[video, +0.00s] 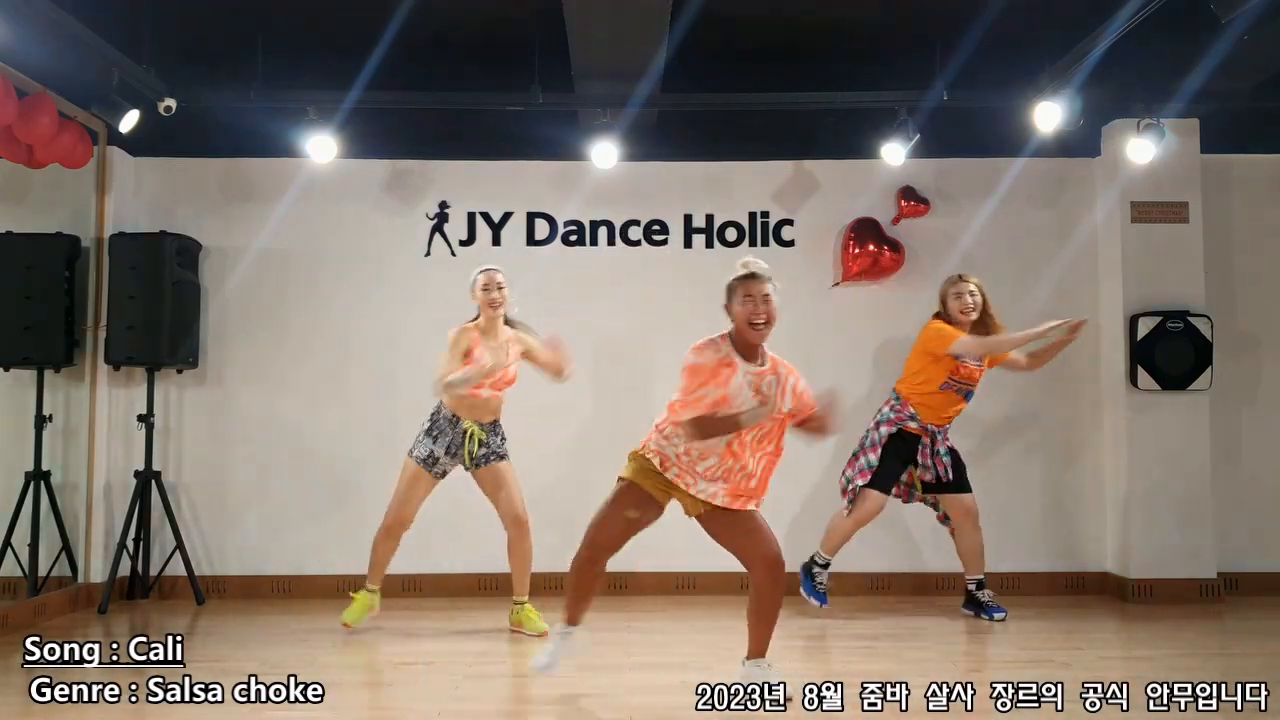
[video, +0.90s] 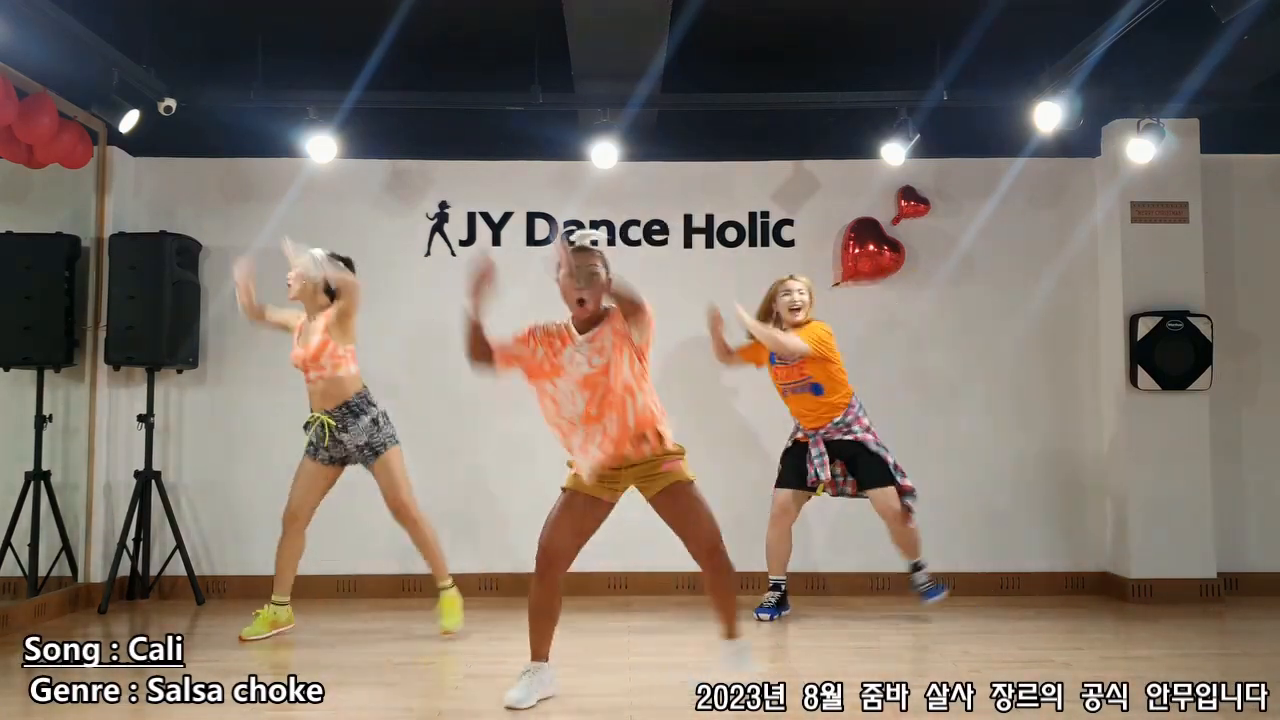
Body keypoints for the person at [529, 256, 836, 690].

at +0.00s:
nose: (759, 309)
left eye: (766, 299)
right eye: (747, 300)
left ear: (776, 307)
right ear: (729, 310)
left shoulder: (783, 376)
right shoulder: (706, 357)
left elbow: (810, 425)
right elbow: (699, 426)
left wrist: (824, 418)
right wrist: (753, 416)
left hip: (719, 489)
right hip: (662, 469)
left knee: (770, 564)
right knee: (595, 544)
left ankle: (755, 666)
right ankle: (568, 631)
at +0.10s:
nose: (736, 306)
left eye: (744, 297)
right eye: (725, 297)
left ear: (754, 306)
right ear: (708, 305)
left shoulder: (764, 374)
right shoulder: (681, 359)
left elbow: (759, 442)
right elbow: (641, 423)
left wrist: (760, 468)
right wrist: (672, 448)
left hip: (721, 490)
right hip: (661, 477)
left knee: (771, 563)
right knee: (594, 545)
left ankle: (756, 665)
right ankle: (591, 645)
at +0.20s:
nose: (708, 293)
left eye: (716, 284)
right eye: (697, 285)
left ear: (727, 293)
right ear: (682, 293)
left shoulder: (740, 360)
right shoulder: (654, 349)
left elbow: (739, 436)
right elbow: (617, 417)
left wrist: (734, 427)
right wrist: (638, 425)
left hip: (703, 472)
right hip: (645, 466)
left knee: (754, 559)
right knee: (603, 554)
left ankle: (755, 665)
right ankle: (602, 663)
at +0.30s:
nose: (683, 279)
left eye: (692, 269)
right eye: (673, 269)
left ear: (704, 279)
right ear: (657, 278)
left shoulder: (723, 336)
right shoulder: (635, 331)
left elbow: (747, 405)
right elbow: (595, 397)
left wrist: (736, 372)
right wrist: (622, 372)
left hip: (688, 454)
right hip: (630, 448)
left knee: (733, 550)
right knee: (604, 553)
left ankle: (736, 657)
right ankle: (601, 662)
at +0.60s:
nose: (641, 283)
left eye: (650, 275)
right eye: (631, 276)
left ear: (664, 286)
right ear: (618, 289)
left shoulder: (690, 341)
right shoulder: (602, 343)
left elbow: (735, 397)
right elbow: (559, 410)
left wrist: (701, 377)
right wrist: (584, 373)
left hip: (673, 471)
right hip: (612, 467)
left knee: (700, 566)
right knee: (547, 539)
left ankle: (672, 666)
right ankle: (557, 647)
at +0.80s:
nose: (598, 288)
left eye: (608, 279)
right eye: (588, 280)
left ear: (623, 287)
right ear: (576, 290)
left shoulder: (648, 339)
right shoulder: (566, 353)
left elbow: (672, 398)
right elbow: (536, 417)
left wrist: (628, 380)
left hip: (657, 469)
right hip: (598, 472)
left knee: (702, 558)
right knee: (549, 557)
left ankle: (682, 662)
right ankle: (537, 668)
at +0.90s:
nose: (581, 285)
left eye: (591, 274)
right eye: (571, 276)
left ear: (607, 282)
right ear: (559, 286)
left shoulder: (628, 328)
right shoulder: (545, 341)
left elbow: (634, 303)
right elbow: (481, 355)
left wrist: (595, 276)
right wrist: (475, 304)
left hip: (654, 456)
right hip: (593, 468)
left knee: (711, 548)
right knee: (549, 557)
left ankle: (734, 646)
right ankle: (539, 669)